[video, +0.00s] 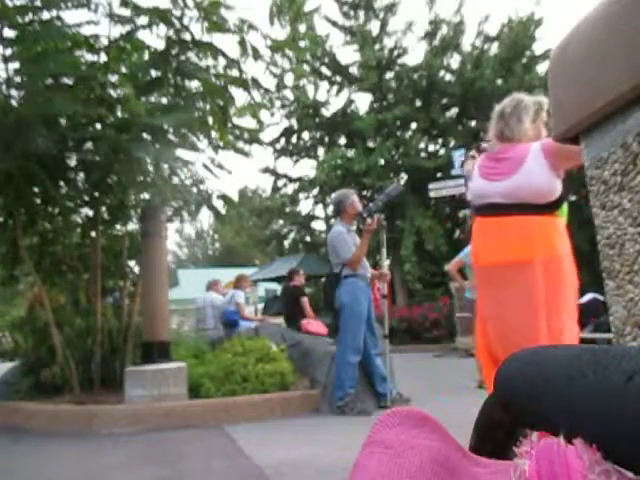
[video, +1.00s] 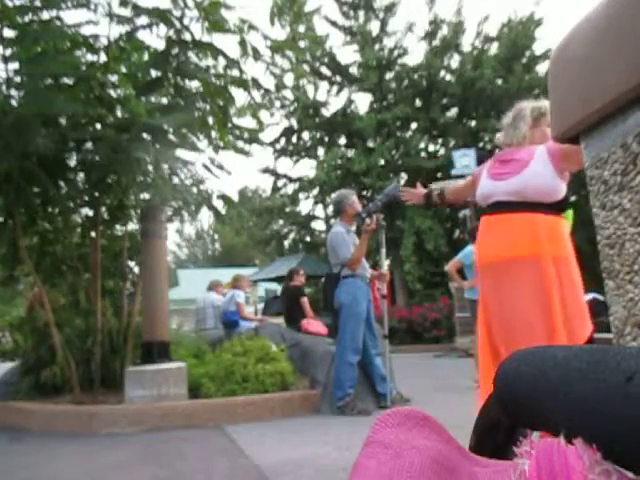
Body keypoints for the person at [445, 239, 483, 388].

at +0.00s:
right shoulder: (474, 247)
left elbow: (452, 267)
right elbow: (451, 267)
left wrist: (462, 283)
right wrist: (463, 283)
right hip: (474, 296)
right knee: (477, 336)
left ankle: (485, 374)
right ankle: (482, 375)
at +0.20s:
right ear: (479, 236)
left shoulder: (495, 251)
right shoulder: (474, 250)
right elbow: (451, 267)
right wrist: (461, 282)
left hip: (491, 296)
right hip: (477, 296)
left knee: (486, 334)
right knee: (480, 335)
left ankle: (490, 372)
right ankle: (483, 374)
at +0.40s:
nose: (487, 236)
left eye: (487, 232)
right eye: (485, 232)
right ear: (479, 234)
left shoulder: (490, 251)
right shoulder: (473, 251)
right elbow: (451, 267)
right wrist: (461, 282)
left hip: (490, 295)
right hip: (477, 296)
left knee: (485, 335)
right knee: (481, 336)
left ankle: (489, 373)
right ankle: (483, 375)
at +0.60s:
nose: (487, 237)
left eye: (487, 233)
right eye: (485, 233)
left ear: (482, 235)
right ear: (479, 235)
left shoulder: (489, 251)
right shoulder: (472, 251)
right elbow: (451, 267)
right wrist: (462, 282)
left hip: (490, 295)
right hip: (477, 296)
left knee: (486, 336)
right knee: (481, 336)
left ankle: (489, 373)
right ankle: (483, 375)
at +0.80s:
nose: (488, 237)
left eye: (487, 232)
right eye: (485, 232)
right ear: (479, 235)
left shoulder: (489, 251)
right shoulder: (472, 251)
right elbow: (451, 267)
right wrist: (461, 283)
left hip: (490, 295)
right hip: (477, 297)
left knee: (486, 335)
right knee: (481, 336)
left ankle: (489, 373)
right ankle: (483, 375)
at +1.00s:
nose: (483, 236)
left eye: (483, 232)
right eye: (480, 233)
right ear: (476, 236)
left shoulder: (492, 251)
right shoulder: (472, 250)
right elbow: (451, 267)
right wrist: (462, 283)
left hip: (489, 296)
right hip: (475, 296)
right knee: (479, 333)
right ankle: (480, 370)